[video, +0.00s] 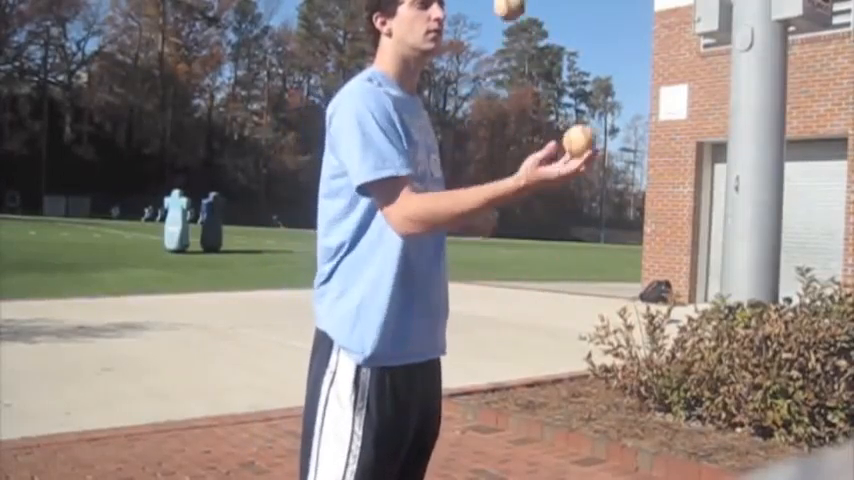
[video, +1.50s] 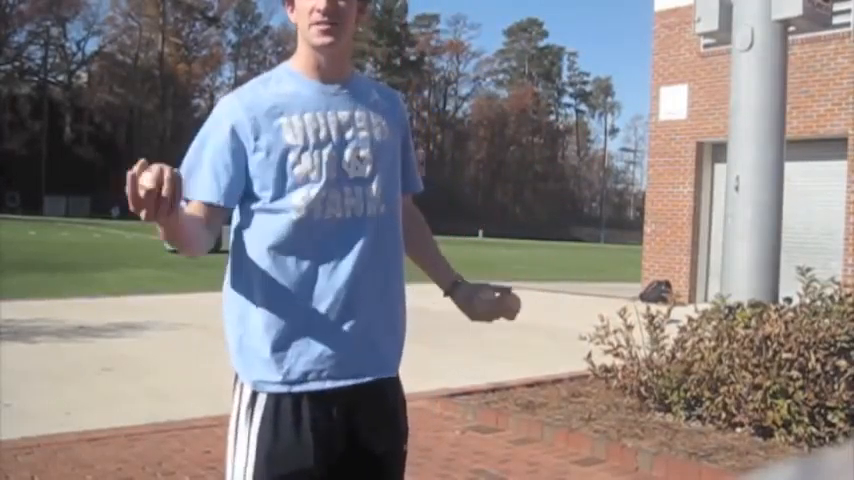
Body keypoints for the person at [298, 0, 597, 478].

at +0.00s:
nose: (439, 15)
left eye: (440, 6)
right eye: (422, 5)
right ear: (383, 21)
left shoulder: (413, 108)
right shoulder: (361, 100)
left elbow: (421, 212)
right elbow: (406, 214)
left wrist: (465, 219)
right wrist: (521, 181)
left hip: (417, 349)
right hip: (363, 351)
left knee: (404, 470)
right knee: (346, 471)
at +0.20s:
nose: (442, 12)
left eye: (442, 5)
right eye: (425, 4)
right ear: (386, 22)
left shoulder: (422, 113)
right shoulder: (355, 101)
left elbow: (407, 219)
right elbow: (327, 215)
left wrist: (456, 221)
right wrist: (436, 184)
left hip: (422, 346)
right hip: (367, 348)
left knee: (407, 469)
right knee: (355, 469)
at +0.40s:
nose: (430, 12)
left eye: (430, 4)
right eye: (412, 4)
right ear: (376, 25)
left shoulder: (418, 116)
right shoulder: (343, 104)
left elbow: (409, 223)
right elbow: (276, 205)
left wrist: (453, 212)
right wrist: (381, 247)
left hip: (424, 350)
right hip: (366, 351)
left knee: (408, 470)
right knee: (360, 470)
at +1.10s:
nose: (358, 11)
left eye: (370, 1)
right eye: (343, 1)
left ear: (387, 14)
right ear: (320, 16)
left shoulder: (411, 113)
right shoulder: (276, 109)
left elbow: (414, 212)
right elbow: (237, 229)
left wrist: (439, 263)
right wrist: (307, 224)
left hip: (393, 370)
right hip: (304, 374)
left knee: (391, 471)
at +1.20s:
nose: (345, 11)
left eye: (358, 1)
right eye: (330, 0)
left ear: (375, 14)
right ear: (307, 13)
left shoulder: (402, 111)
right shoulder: (266, 105)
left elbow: (410, 211)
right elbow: (246, 225)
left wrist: (443, 283)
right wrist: (299, 163)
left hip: (385, 369)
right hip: (296, 372)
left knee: (383, 471)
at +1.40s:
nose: (329, 9)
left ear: (359, 12)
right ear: (294, 11)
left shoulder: (391, 108)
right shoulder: (250, 105)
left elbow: (402, 216)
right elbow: (214, 238)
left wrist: (444, 303)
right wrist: (235, 180)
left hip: (376, 369)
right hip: (283, 372)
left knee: (379, 470)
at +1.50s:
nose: (327, 6)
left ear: (362, 11)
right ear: (292, 10)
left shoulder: (388, 107)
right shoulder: (244, 111)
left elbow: (401, 209)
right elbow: (198, 237)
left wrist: (458, 288)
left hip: (375, 375)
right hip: (282, 381)